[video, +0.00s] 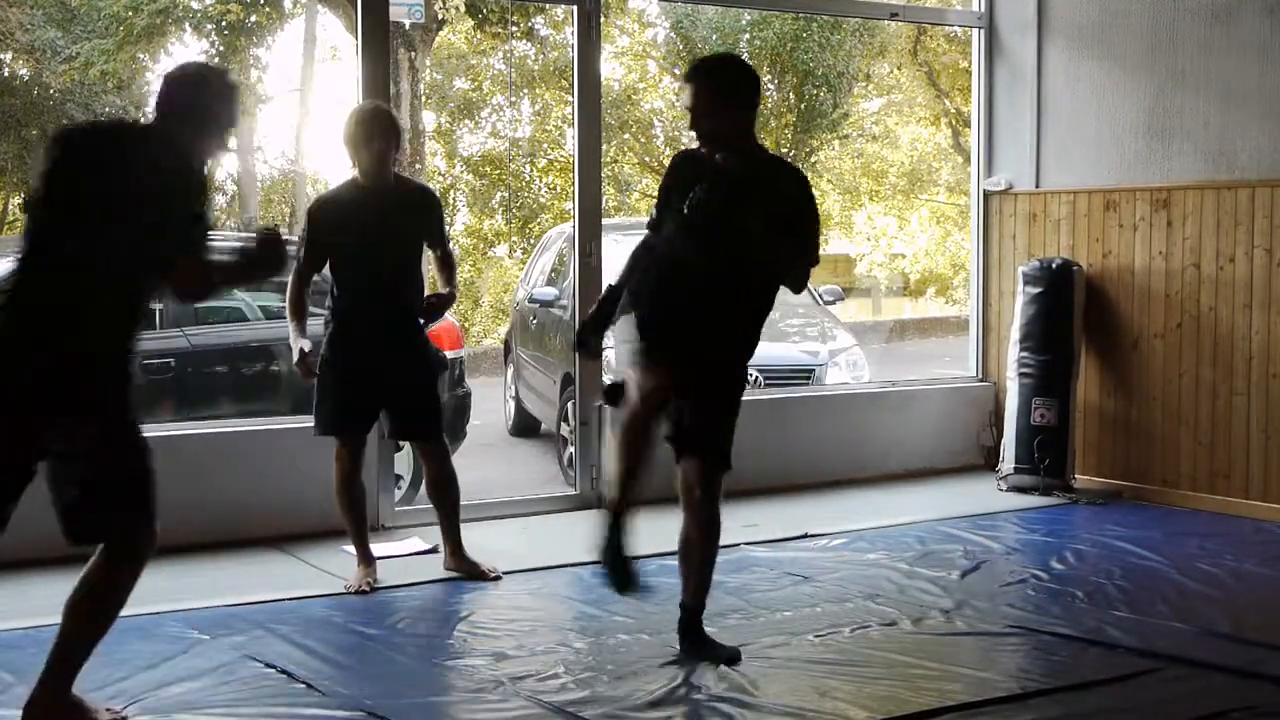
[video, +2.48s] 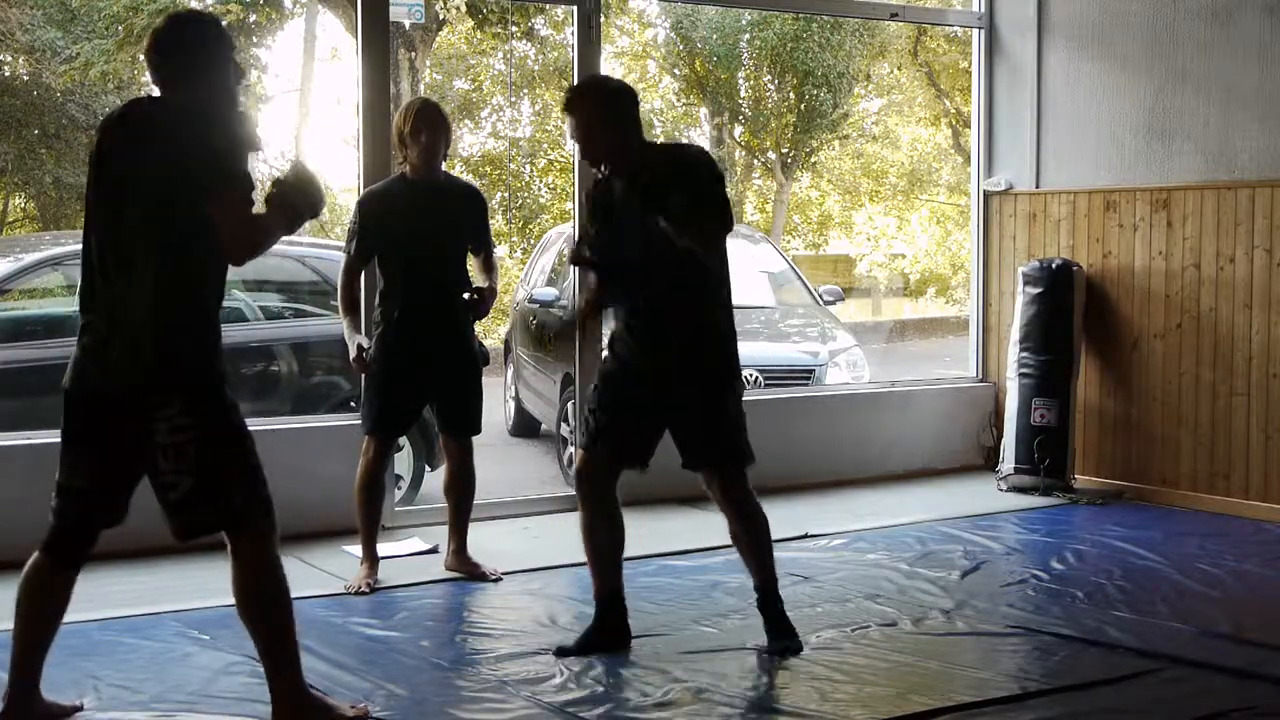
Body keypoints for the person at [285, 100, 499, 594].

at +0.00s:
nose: (381, 151)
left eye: (388, 139)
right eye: (371, 141)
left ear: (399, 144)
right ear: (352, 146)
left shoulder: (421, 200)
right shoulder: (328, 209)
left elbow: (444, 257)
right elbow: (299, 282)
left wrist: (447, 294)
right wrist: (298, 340)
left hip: (408, 341)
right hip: (350, 344)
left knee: (432, 447)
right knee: (348, 455)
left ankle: (454, 552)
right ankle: (364, 561)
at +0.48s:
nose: (394, 144)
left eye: (401, 134)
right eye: (384, 134)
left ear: (410, 140)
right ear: (363, 141)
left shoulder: (429, 198)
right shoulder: (337, 207)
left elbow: (455, 259)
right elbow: (309, 279)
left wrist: (456, 288)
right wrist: (309, 337)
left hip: (418, 339)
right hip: (362, 342)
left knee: (439, 445)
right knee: (356, 453)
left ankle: (454, 552)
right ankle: (365, 561)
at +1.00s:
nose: (421, 141)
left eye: (427, 132)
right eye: (411, 132)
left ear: (435, 137)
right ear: (391, 137)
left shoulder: (456, 196)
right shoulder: (364, 201)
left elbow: (479, 258)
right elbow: (338, 276)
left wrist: (482, 289)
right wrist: (341, 335)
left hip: (443, 335)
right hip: (386, 337)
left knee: (454, 444)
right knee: (372, 447)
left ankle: (456, 552)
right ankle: (367, 561)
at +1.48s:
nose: (433, 140)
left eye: (439, 131)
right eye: (424, 132)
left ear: (448, 137)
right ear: (404, 137)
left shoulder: (467, 198)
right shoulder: (375, 200)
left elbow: (488, 257)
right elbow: (349, 272)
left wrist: (491, 290)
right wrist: (350, 331)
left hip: (451, 334)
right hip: (393, 337)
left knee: (458, 445)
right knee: (376, 447)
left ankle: (457, 552)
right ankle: (367, 561)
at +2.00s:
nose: (427, 140)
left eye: (435, 131)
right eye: (418, 131)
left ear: (448, 137)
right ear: (403, 138)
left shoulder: (468, 198)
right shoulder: (379, 199)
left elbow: (486, 258)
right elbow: (350, 272)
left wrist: (489, 291)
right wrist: (352, 332)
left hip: (452, 336)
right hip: (395, 338)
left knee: (459, 446)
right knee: (377, 447)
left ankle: (457, 552)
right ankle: (367, 560)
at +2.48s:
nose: (430, 141)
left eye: (437, 131)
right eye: (420, 132)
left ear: (448, 137)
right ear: (404, 139)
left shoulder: (467, 198)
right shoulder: (376, 202)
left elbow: (485, 259)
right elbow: (350, 275)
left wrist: (489, 291)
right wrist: (353, 337)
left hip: (453, 337)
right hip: (394, 339)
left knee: (459, 445)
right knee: (377, 447)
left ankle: (457, 551)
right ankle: (368, 561)